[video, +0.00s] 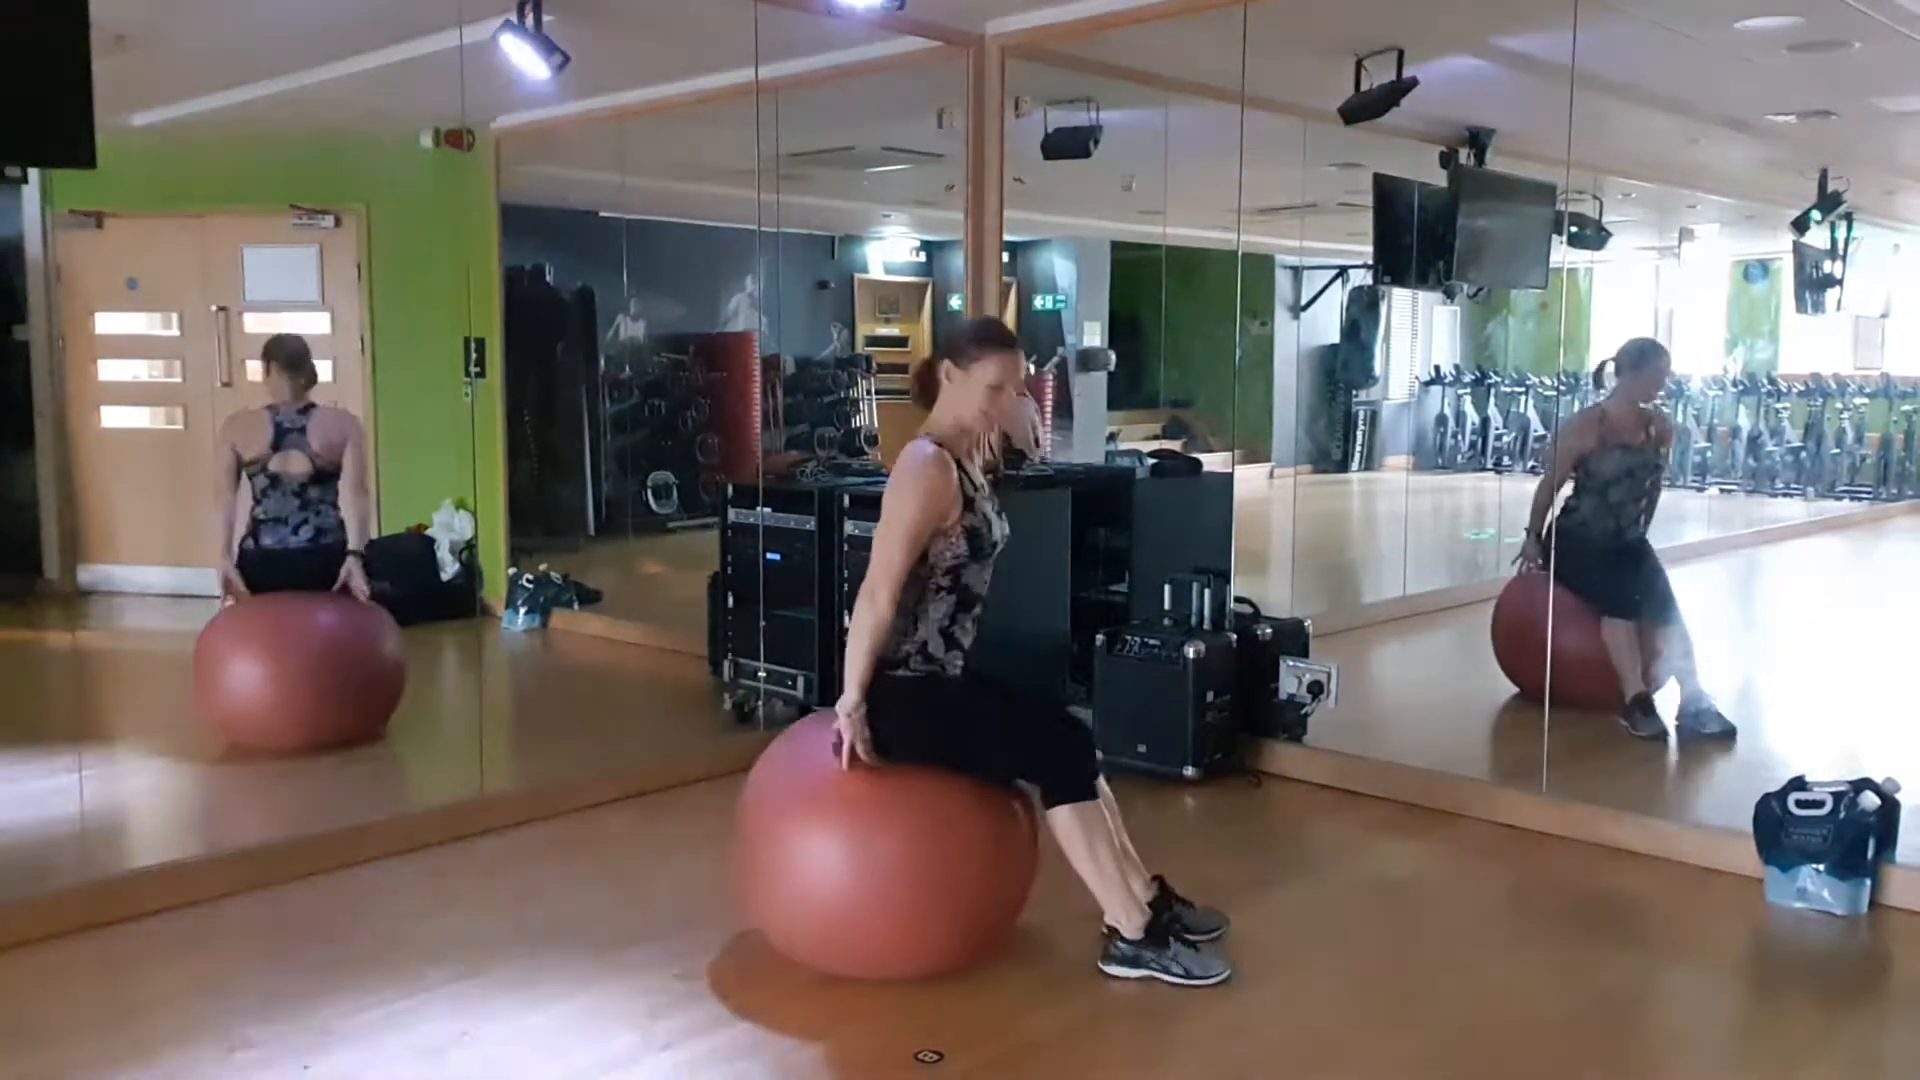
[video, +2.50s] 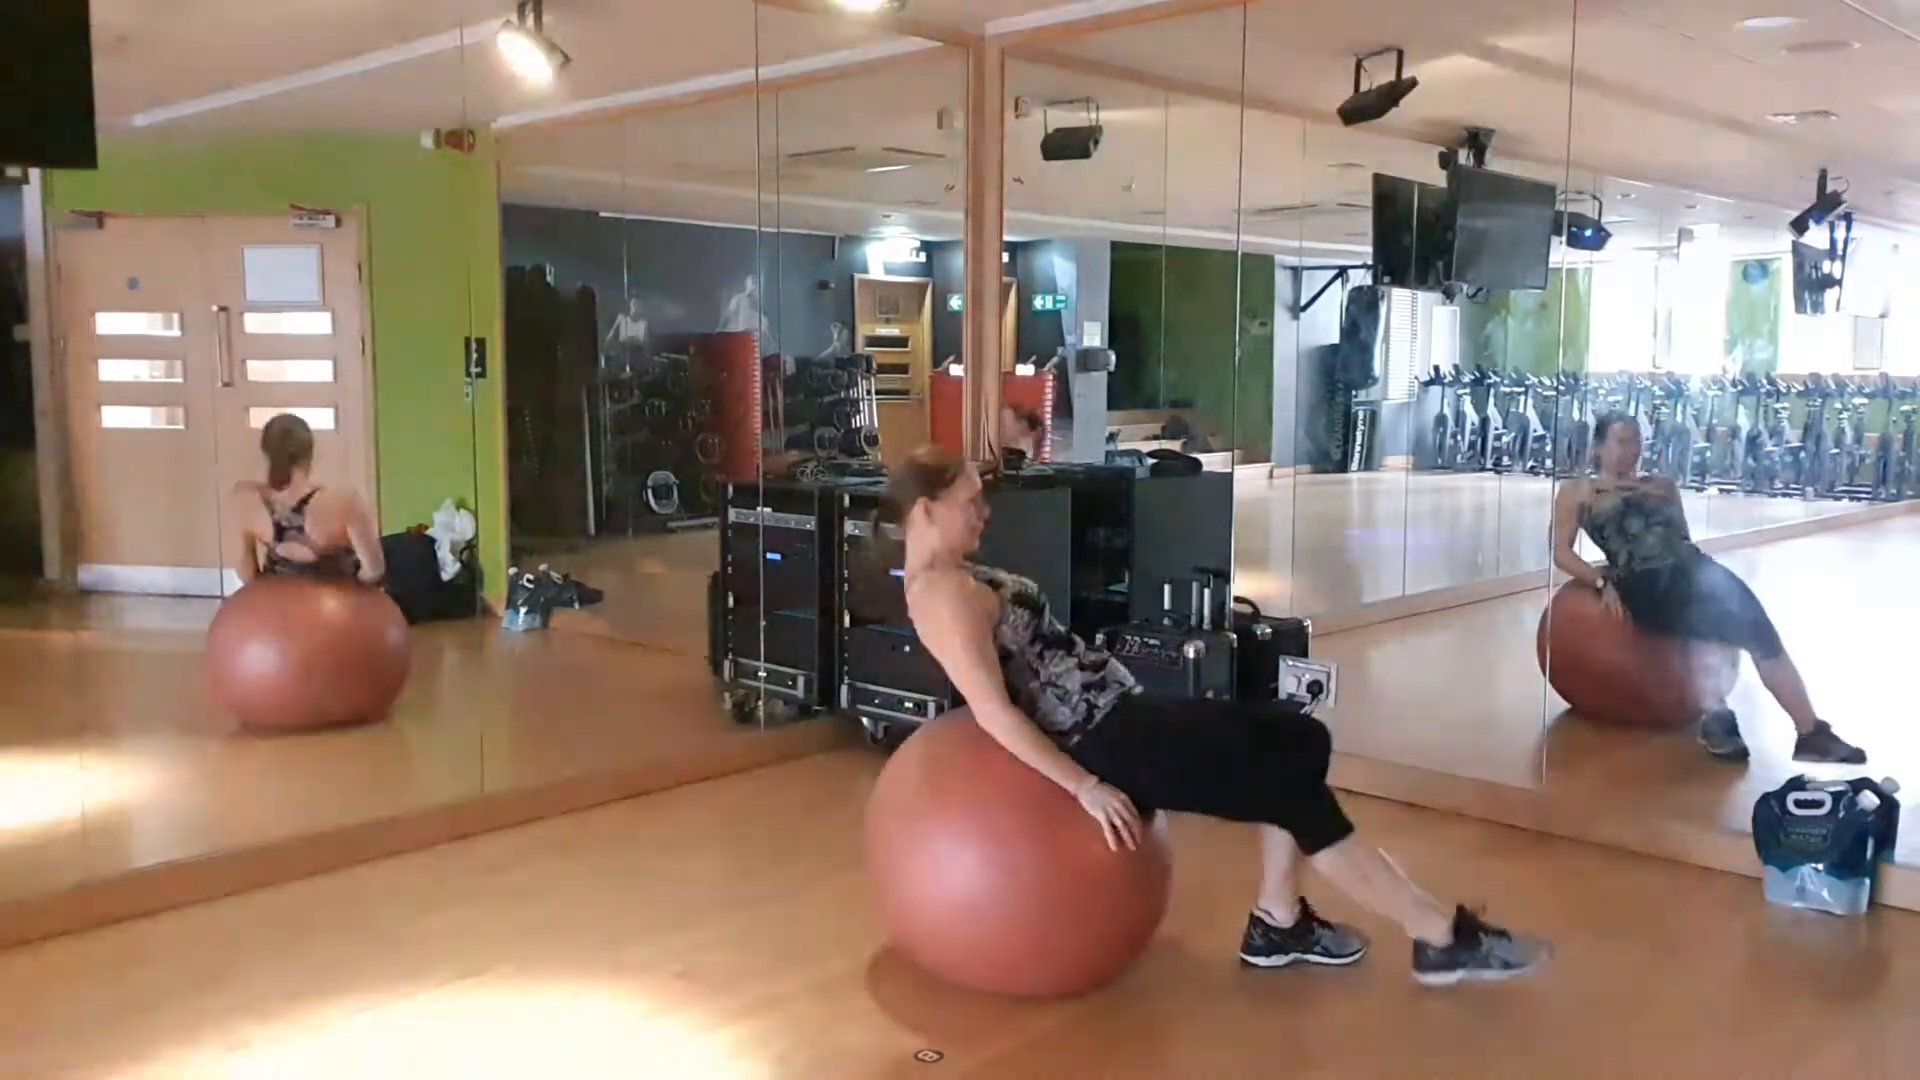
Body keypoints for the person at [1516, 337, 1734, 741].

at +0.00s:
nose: (1664, 385)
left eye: (1665, 377)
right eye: (1659, 376)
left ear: (1648, 377)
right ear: (1630, 373)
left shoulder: (1659, 427)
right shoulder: (1585, 426)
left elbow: (1650, 489)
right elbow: (1550, 483)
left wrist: (1638, 535)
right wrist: (1533, 536)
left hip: (1628, 539)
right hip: (1578, 538)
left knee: (1662, 600)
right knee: (1619, 594)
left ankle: (1694, 701)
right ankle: (1636, 700)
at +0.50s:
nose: (1660, 403)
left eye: (1665, 395)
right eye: (1654, 394)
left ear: (1668, 393)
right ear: (1628, 386)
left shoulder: (1665, 432)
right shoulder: (1589, 430)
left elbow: (1660, 487)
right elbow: (1544, 473)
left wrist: (1644, 531)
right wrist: (1531, 524)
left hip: (1632, 539)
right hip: (1578, 538)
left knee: (1658, 596)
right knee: (1619, 594)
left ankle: (1690, 696)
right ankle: (1646, 697)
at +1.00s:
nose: (1651, 401)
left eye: (1657, 393)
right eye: (1643, 391)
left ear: (1663, 394)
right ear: (1621, 387)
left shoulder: (1668, 435)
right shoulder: (1584, 435)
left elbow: (1659, 492)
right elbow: (1546, 483)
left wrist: (1643, 530)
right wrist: (1547, 542)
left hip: (1642, 544)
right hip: (1589, 545)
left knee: (1677, 584)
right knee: (1645, 582)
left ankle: (1686, 693)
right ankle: (1664, 693)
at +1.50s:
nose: (1641, 398)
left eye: (1648, 390)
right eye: (1633, 389)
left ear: (1654, 395)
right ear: (1611, 392)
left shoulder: (1664, 437)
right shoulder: (1582, 438)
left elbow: (1670, 499)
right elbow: (1550, 499)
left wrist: (1671, 544)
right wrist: (1568, 555)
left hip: (1664, 551)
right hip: (1612, 556)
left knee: (1706, 594)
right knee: (1679, 607)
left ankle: (1694, 697)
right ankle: (1703, 711)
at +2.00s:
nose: (1644, 421)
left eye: (1647, 413)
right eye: (1635, 413)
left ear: (1649, 417)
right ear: (1609, 413)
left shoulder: (1665, 461)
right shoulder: (1581, 466)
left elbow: (1677, 522)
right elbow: (1557, 527)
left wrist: (1686, 559)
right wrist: (1588, 570)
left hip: (1679, 563)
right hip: (1630, 574)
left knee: (1723, 576)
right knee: (1712, 607)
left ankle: (1744, 689)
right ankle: (1715, 717)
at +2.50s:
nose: (1632, 450)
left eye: (1636, 442)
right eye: (1622, 442)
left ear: (1642, 447)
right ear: (1599, 449)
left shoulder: (1663, 486)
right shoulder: (1578, 492)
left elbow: (1682, 542)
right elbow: (1561, 553)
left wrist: (1702, 577)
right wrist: (1599, 580)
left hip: (1690, 570)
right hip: (1644, 580)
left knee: (1755, 623)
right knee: (1727, 616)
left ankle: (1811, 731)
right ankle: (1716, 713)